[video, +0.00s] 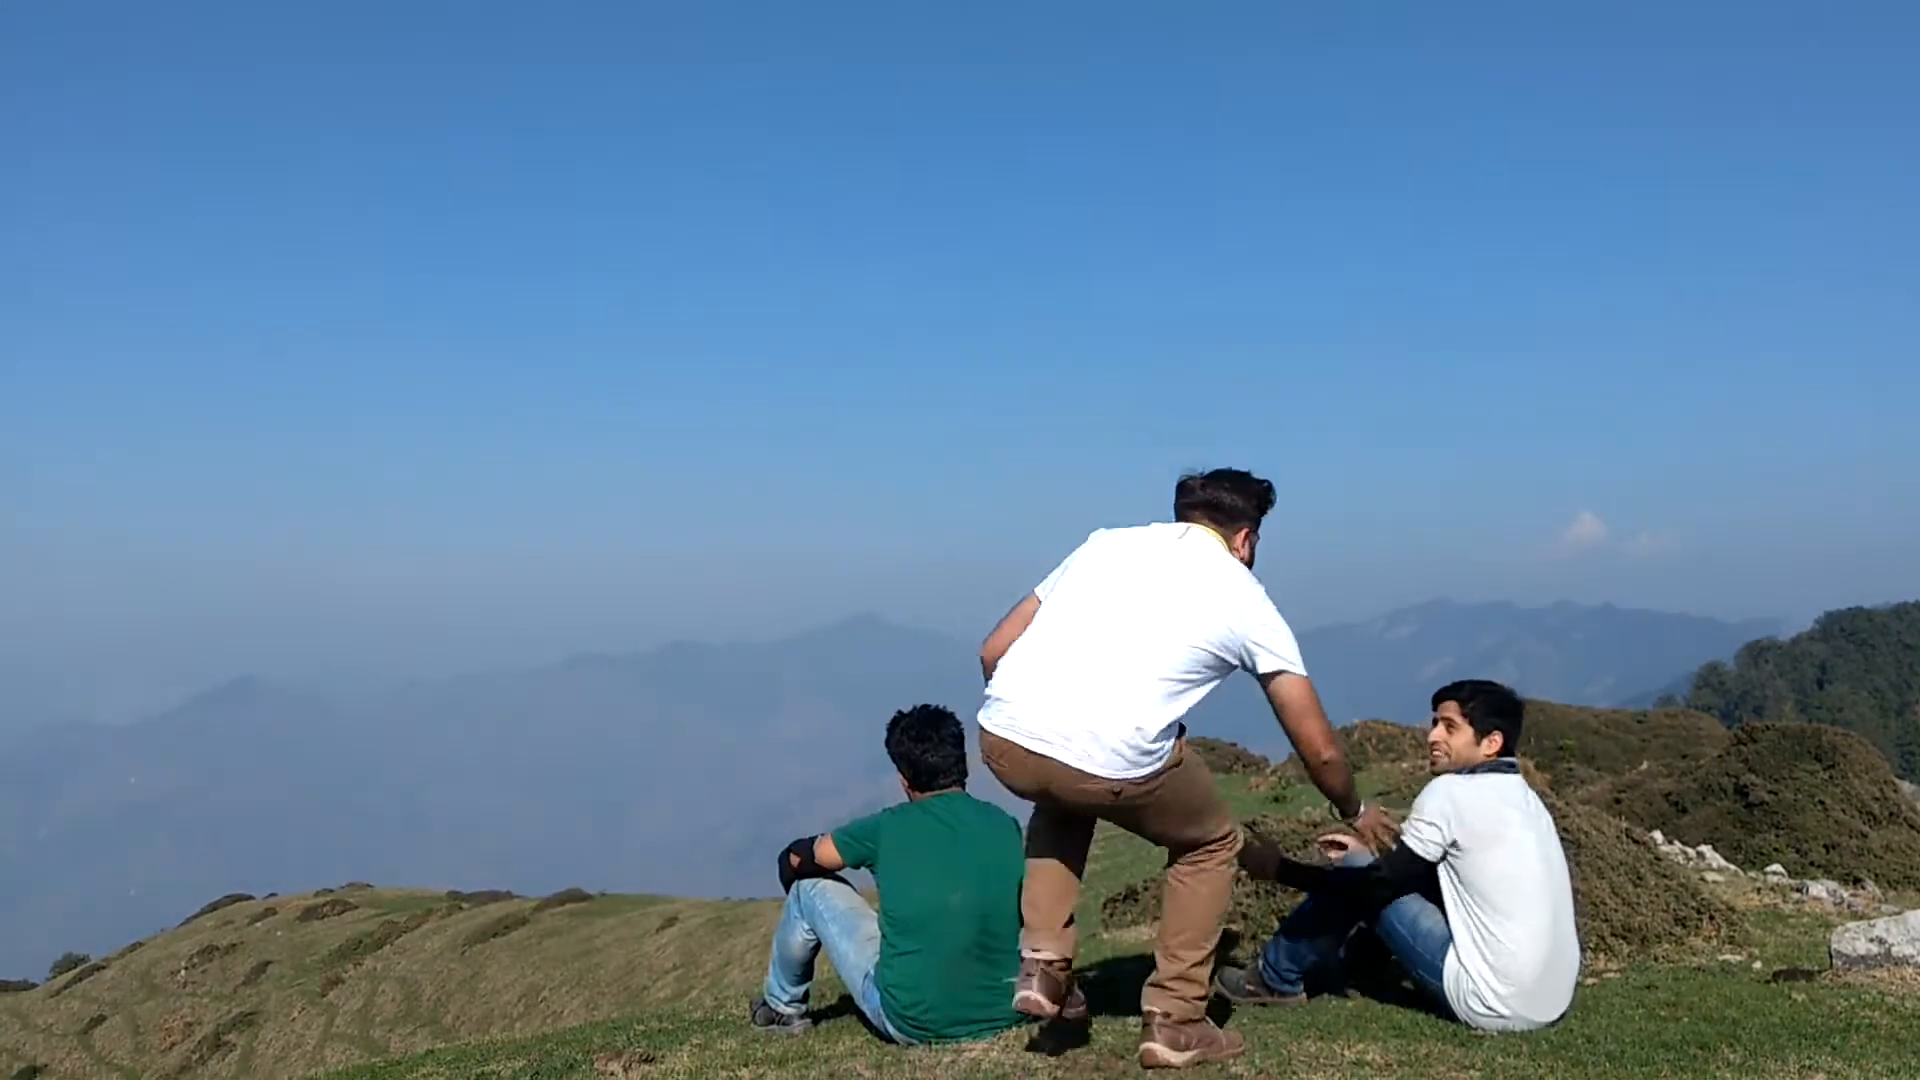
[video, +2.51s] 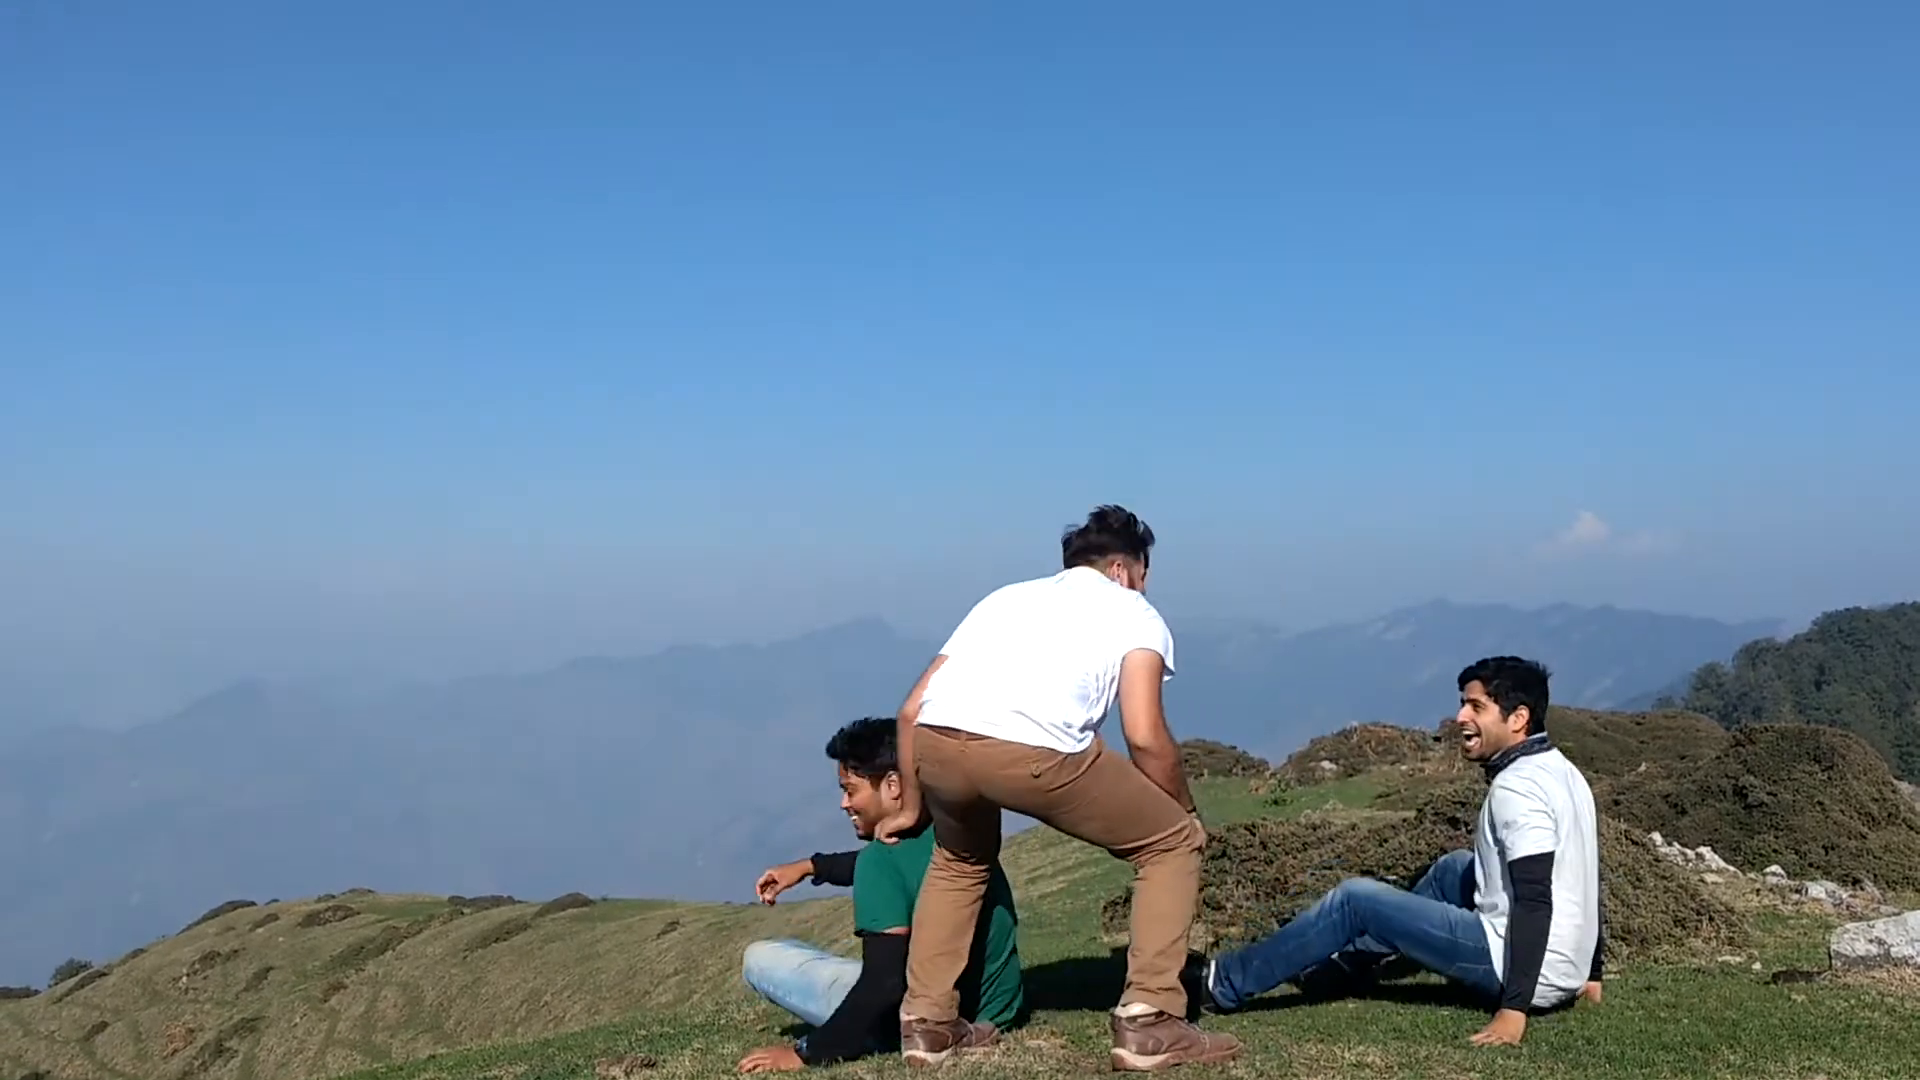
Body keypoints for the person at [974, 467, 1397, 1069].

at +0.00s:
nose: (1257, 553)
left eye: (1257, 540)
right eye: (1258, 540)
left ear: (1181, 520)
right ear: (1244, 539)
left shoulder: (1104, 544)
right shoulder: (1245, 598)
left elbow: (995, 651)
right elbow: (1320, 750)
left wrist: (1034, 717)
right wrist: (1355, 810)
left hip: (1007, 740)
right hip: (1114, 764)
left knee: (1067, 798)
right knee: (1208, 843)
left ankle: (1042, 973)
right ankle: (1176, 1023)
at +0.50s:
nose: (1326, 636)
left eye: (1328, 625)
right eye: (1326, 624)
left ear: (1261, 608)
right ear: (1303, 619)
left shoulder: (1197, 629)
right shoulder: (1291, 665)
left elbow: (1116, 698)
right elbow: (1383, 777)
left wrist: (1044, 781)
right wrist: (1466, 829)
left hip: (1059, 768)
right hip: (1115, 783)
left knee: (1167, 822)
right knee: (1273, 863)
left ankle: (1148, 978)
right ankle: (1175, 974)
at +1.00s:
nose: (1300, 651)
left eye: (1298, 645)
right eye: (1302, 644)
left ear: (1236, 623)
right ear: (1291, 637)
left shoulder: (1179, 643)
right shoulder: (1291, 676)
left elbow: (1075, 724)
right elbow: (1378, 785)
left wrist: (1022, 798)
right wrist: (1463, 834)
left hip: (1065, 777)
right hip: (1143, 797)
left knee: (1148, 829)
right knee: (1276, 882)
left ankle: (1143, 970)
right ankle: (1177, 970)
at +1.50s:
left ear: (1205, 565)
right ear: (1266, 580)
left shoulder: (1155, 587)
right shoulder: (1278, 611)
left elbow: (1040, 681)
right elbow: (1375, 738)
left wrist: (1029, 765)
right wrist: (1393, 805)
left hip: (1066, 704)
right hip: (1150, 725)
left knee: (1145, 831)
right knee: (1241, 853)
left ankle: (1150, 982)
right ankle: (1164, 1004)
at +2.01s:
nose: (1211, 575)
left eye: (1211, 566)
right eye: (1210, 564)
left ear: (1142, 551)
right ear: (1192, 559)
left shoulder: (1079, 574)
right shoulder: (1201, 599)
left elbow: (989, 672)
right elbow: (1199, 719)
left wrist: (943, 792)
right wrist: (1211, 806)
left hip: (993, 703)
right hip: (1083, 715)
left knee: (987, 847)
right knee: (1185, 842)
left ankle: (929, 1021)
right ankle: (1150, 1017)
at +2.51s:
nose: (1144, 586)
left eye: (1145, 574)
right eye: (1143, 573)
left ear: (1072, 562)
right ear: (1122, 568)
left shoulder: (1004, 598)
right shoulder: (1134, 614)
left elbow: (911, 710)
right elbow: (1146, 739)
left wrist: (915, 807)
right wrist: (1183, 816)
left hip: (936, 743)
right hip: (1030, 753)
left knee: (962, 853)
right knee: (1172, 841)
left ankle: (927, 1022)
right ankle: (1149, 1021)